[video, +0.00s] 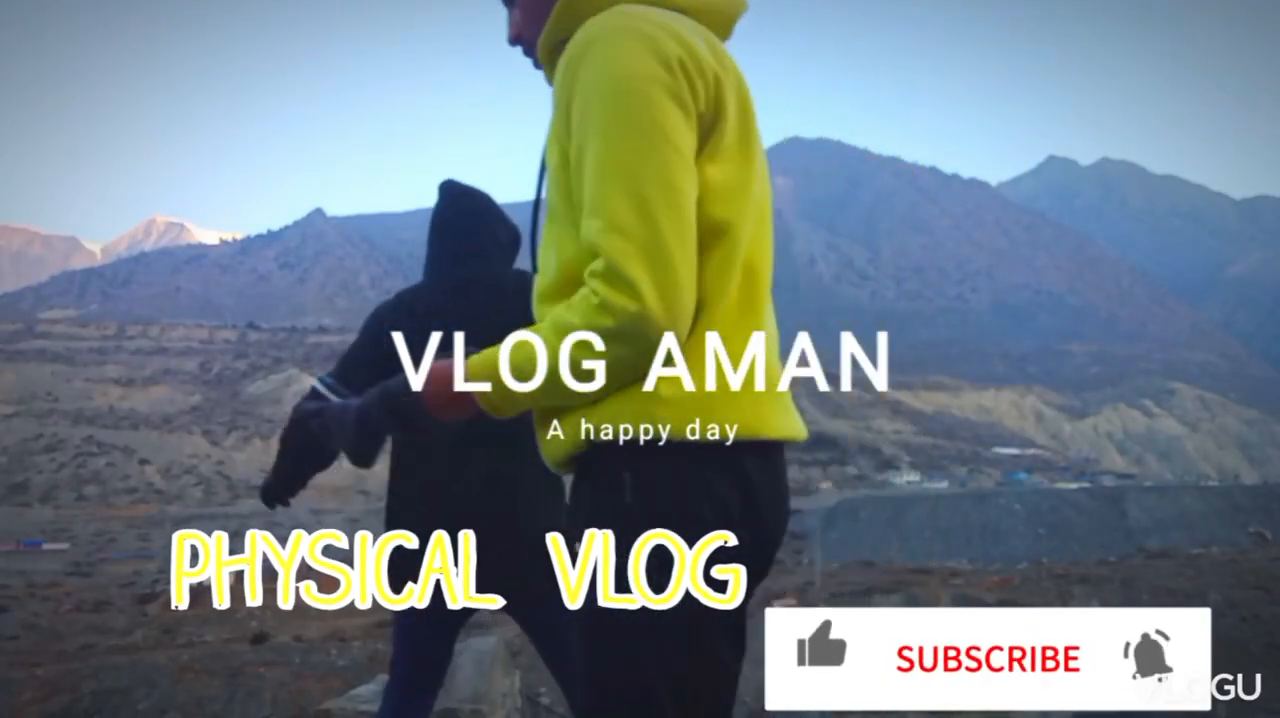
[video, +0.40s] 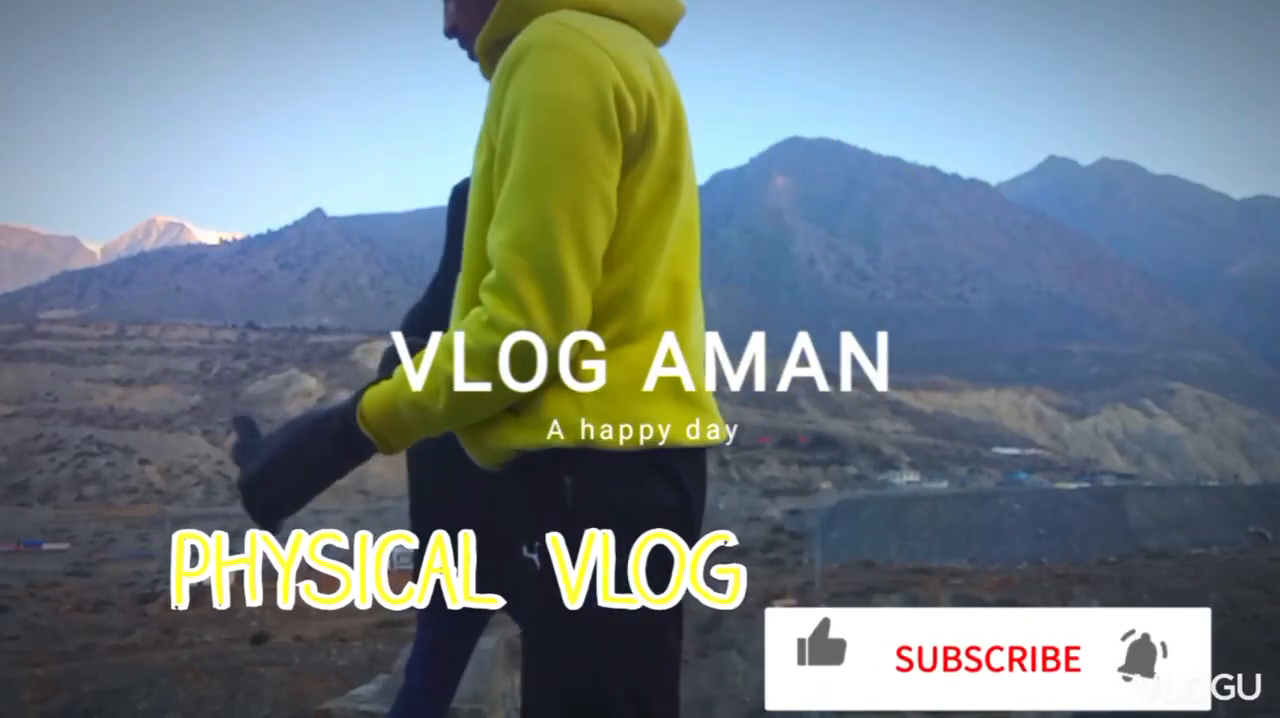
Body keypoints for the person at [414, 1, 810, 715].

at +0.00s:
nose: (513, 31)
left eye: (514, 7)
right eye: (508, 14)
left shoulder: (620, 46)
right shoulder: (674, 45)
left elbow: (635, 310)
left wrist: (474, 382)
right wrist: (487, 375)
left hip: (660, 465)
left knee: (641, 702)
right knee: (670, 701)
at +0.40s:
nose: (450, 24)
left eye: (454, 2)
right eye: (447, 8)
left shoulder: (561, 56)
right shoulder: (609, 52)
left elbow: (524, 331)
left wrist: (357, 426)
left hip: (588, 468)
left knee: (590, 700)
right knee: (617, 699)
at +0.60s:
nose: (438, 50)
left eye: (442, 16)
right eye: (431, 25)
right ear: (512, 7)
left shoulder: (580, 98)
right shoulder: (539, 109)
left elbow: (542, 342)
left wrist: (345, 417)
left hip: (571, 492)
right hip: (521, 492)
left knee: (578, 701)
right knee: (451, 701)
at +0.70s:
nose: (437, 67)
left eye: (449, 36)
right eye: (430, 48)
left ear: (521, 18)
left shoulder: (587, 136)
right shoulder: (503, 153)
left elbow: (557, 356)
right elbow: (464, 332)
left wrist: (361, 407)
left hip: (568, 504)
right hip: (492, 504)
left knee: (571, 702)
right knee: (451, 701)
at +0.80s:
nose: (439, 82)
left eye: (453, 55)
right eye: (429, 68)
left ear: (519, 43)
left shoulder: (589, 157)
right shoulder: (466, 195)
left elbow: (560, 355)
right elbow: (435, 334)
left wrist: (373, 397)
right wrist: (332, 398)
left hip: (565, 493)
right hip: (474, 496)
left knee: (562, 702)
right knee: (462, 699)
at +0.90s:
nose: (452, 85)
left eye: (467, 59)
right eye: (437, 74)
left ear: (525, 52)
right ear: (431, 86)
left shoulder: (592, 161)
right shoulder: (453, 204)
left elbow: (545, 343)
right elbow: (423, 342)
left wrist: (380, 372)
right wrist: (339, 375)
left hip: (565, 480)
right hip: (471, 483)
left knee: (559, 696)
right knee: (462, 692)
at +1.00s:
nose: (470, 87)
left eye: (486, 64)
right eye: (453, 77)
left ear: (535, 64)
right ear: (447, 94)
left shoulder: (595, 168)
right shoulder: (451, 211)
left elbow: (522, 320)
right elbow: (420, 345)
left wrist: (354, 333)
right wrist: (318, 335)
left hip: (561, 484)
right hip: (464, 489)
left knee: (564, 699)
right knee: (465, 696)